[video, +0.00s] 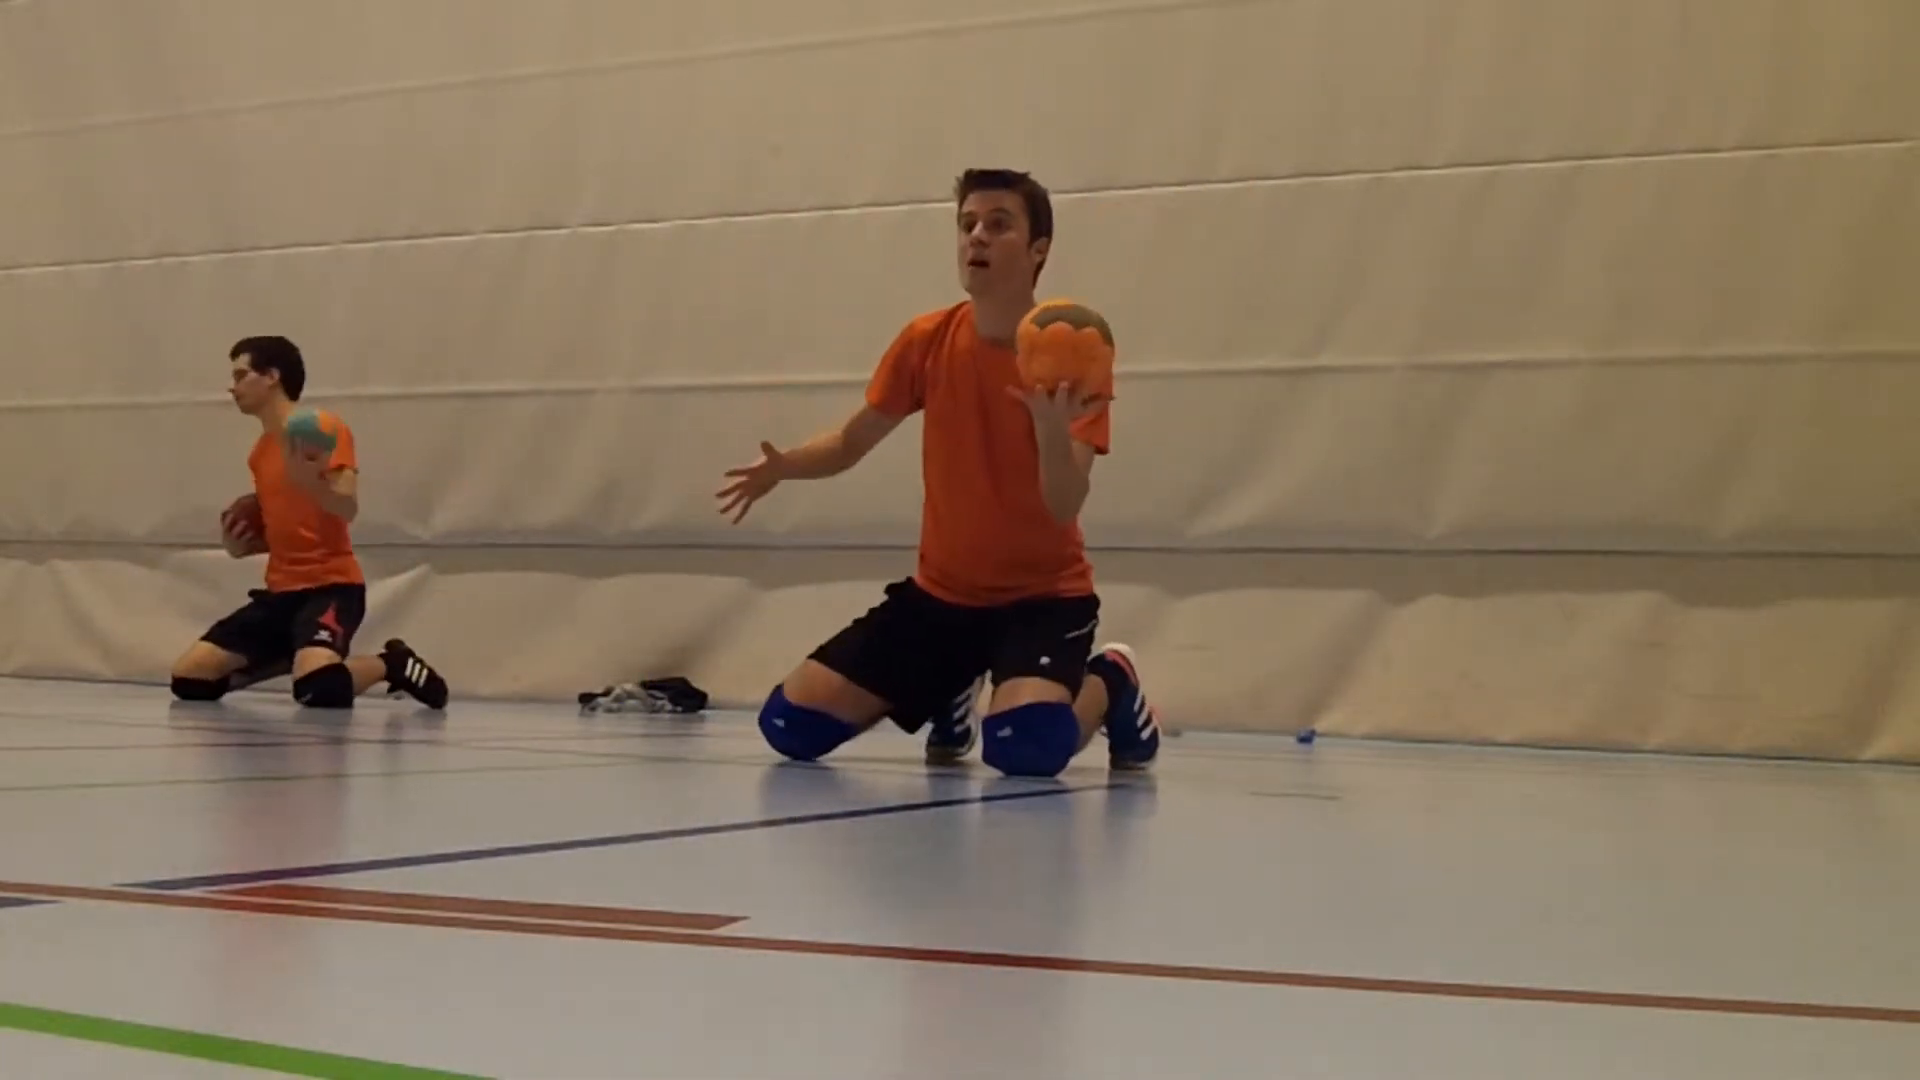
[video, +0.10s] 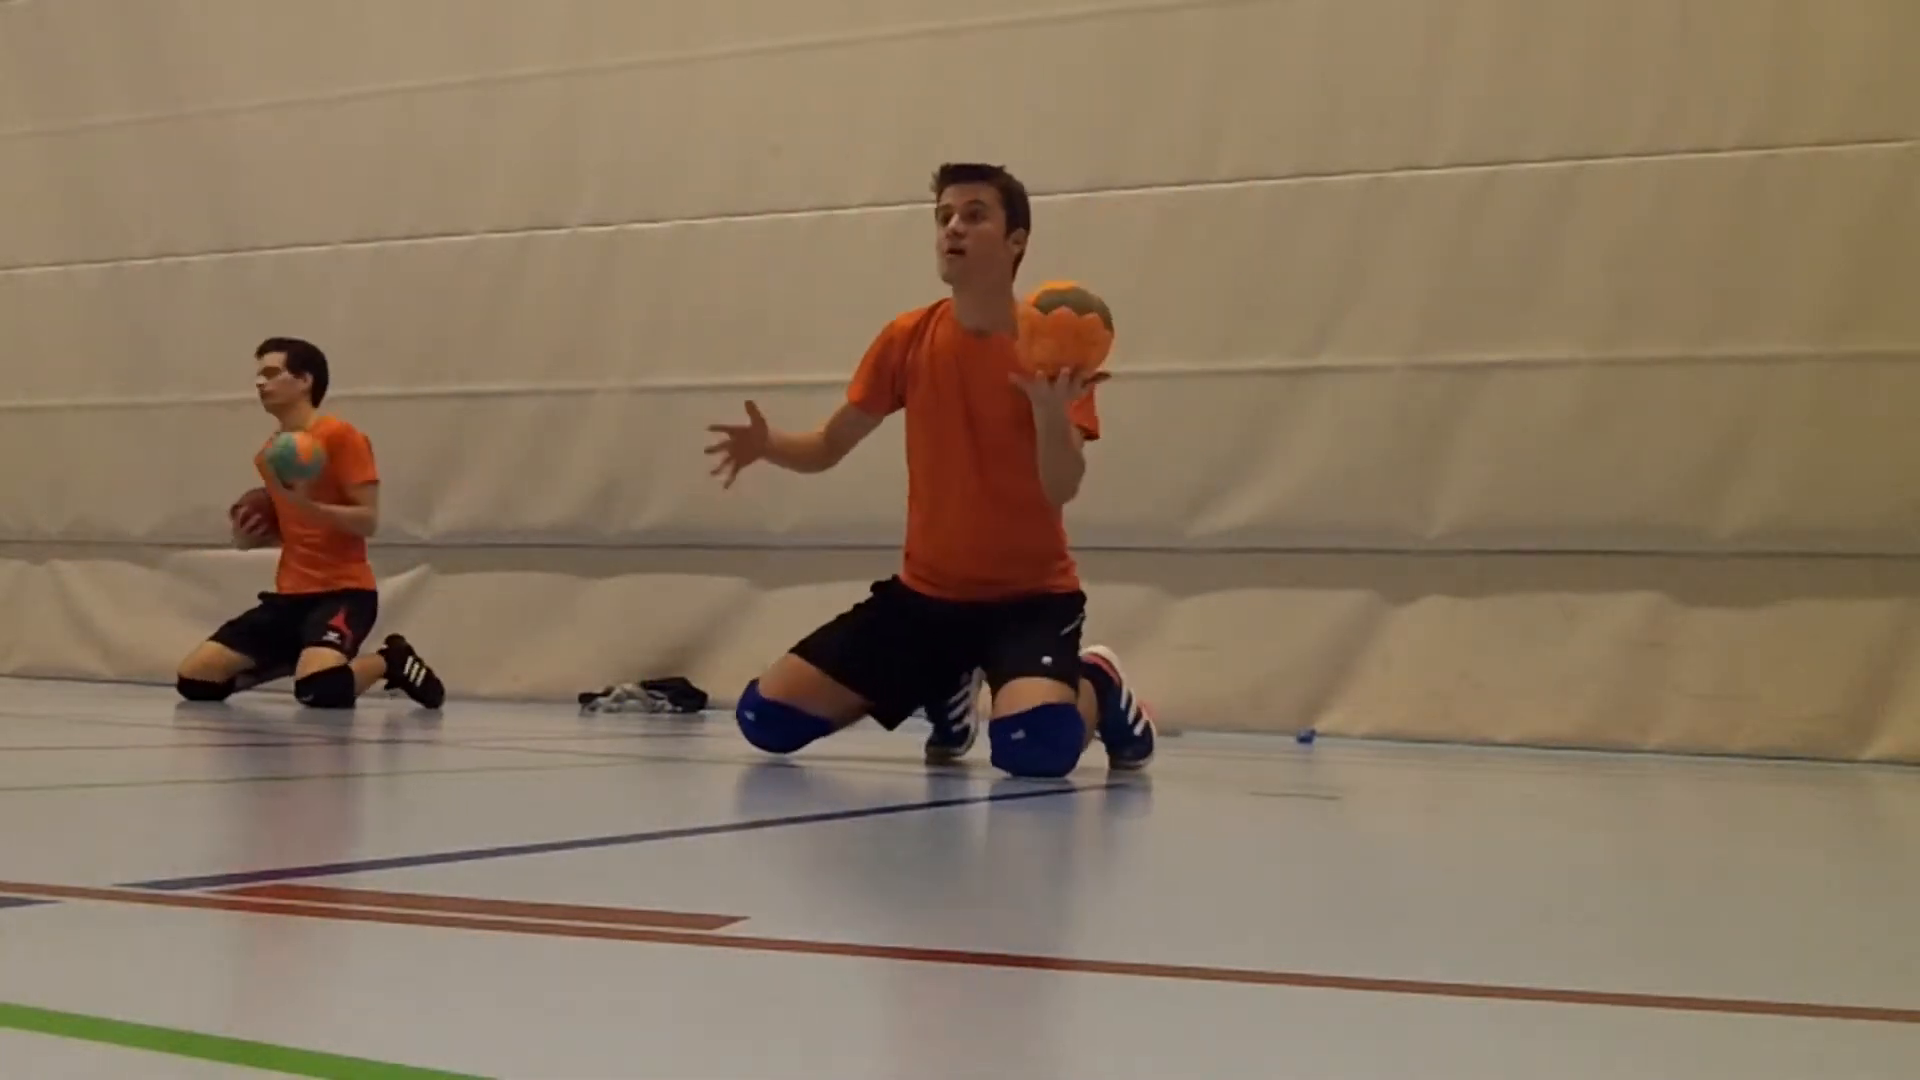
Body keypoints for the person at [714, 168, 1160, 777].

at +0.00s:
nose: (977, 237)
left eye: (998, 224)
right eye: (968, 225)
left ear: (1038, 251)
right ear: (956, 243)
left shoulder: (1069, 353)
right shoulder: (928, 341)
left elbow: (1065, 503)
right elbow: (848, 443)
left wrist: (1054, 431)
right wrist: (784, 465)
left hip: (1045, 600)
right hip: (940, 596)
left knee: (1023, 750)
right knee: (789, 729)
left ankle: (1113, 681)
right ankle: (945, 682)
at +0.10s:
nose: (953, 228)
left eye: (975, 216)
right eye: (945, 217)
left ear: (1016, 242)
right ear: (933, 237)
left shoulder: (1051, 348)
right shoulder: (909, 340)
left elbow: (1061, 488)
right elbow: (826, 446)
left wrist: (1052, 416)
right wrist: (769, 443)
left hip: (1032, 600)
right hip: (925, 596)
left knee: (1032, 752)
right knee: (767, 722)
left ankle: (1098, 686)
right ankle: (940, 679)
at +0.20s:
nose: (904, 223)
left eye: (926, 209)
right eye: (898, 212)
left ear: (972, 234)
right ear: (892, 232)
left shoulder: (1015, 337)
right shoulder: (870, 339)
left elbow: (1046, 463)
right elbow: (760, 428)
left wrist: (1046, 383)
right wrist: (696, 391)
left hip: (1009, 595)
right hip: (903, 595)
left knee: (1035, 754)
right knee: (749, 723)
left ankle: (1090, 688)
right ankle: (924, 677)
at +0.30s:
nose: (844, 221)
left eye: (864, 207)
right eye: (839, 209)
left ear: (914, 229)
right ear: (835, 231)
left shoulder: (967, 326)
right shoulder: (817, 330)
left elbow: (1012, 427)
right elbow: (684, 382)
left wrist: (1033, 358)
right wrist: (581, 340)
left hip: (977, 582)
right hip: (873, 591)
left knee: (1021, 753)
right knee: (734, 727)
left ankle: (1097, 686)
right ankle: (905, 679)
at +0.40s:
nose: (787, 209)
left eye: (804, 193)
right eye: (783, 196)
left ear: (858, 208)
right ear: (785, 214)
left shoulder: (917, 303)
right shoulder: (765, 309)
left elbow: (968, 397)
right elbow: (642, 381)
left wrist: (995, 330)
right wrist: (516, 380)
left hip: (930, 560)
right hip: (829, 574)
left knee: (991, 742)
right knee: (710, 729)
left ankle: (1112, 694)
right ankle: (875, 677)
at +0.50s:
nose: (739, 185)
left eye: (756, 170)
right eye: (737, 171)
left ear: (809, 183)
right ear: (743, 184)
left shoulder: (868, 282)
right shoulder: (729, 287)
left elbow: (924, 384)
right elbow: (698, 411)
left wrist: (950, 318)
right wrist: (635, 451)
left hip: (875, 536)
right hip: (777, 546)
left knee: (952, 726)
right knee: (672, 727)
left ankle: (1107, 701)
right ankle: (852, 685)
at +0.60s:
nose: (693, 177)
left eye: (711, 162)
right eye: (692, 163)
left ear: (766, 176)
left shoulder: (822, 275)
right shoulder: (691, 285)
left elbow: (877, 391)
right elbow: (715, 393)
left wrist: (897, 334)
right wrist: (677, 459)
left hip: (833, 530)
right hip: (740, 538)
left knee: (883, 726)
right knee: (655, 728)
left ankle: (1055, 711)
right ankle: (824, 678)